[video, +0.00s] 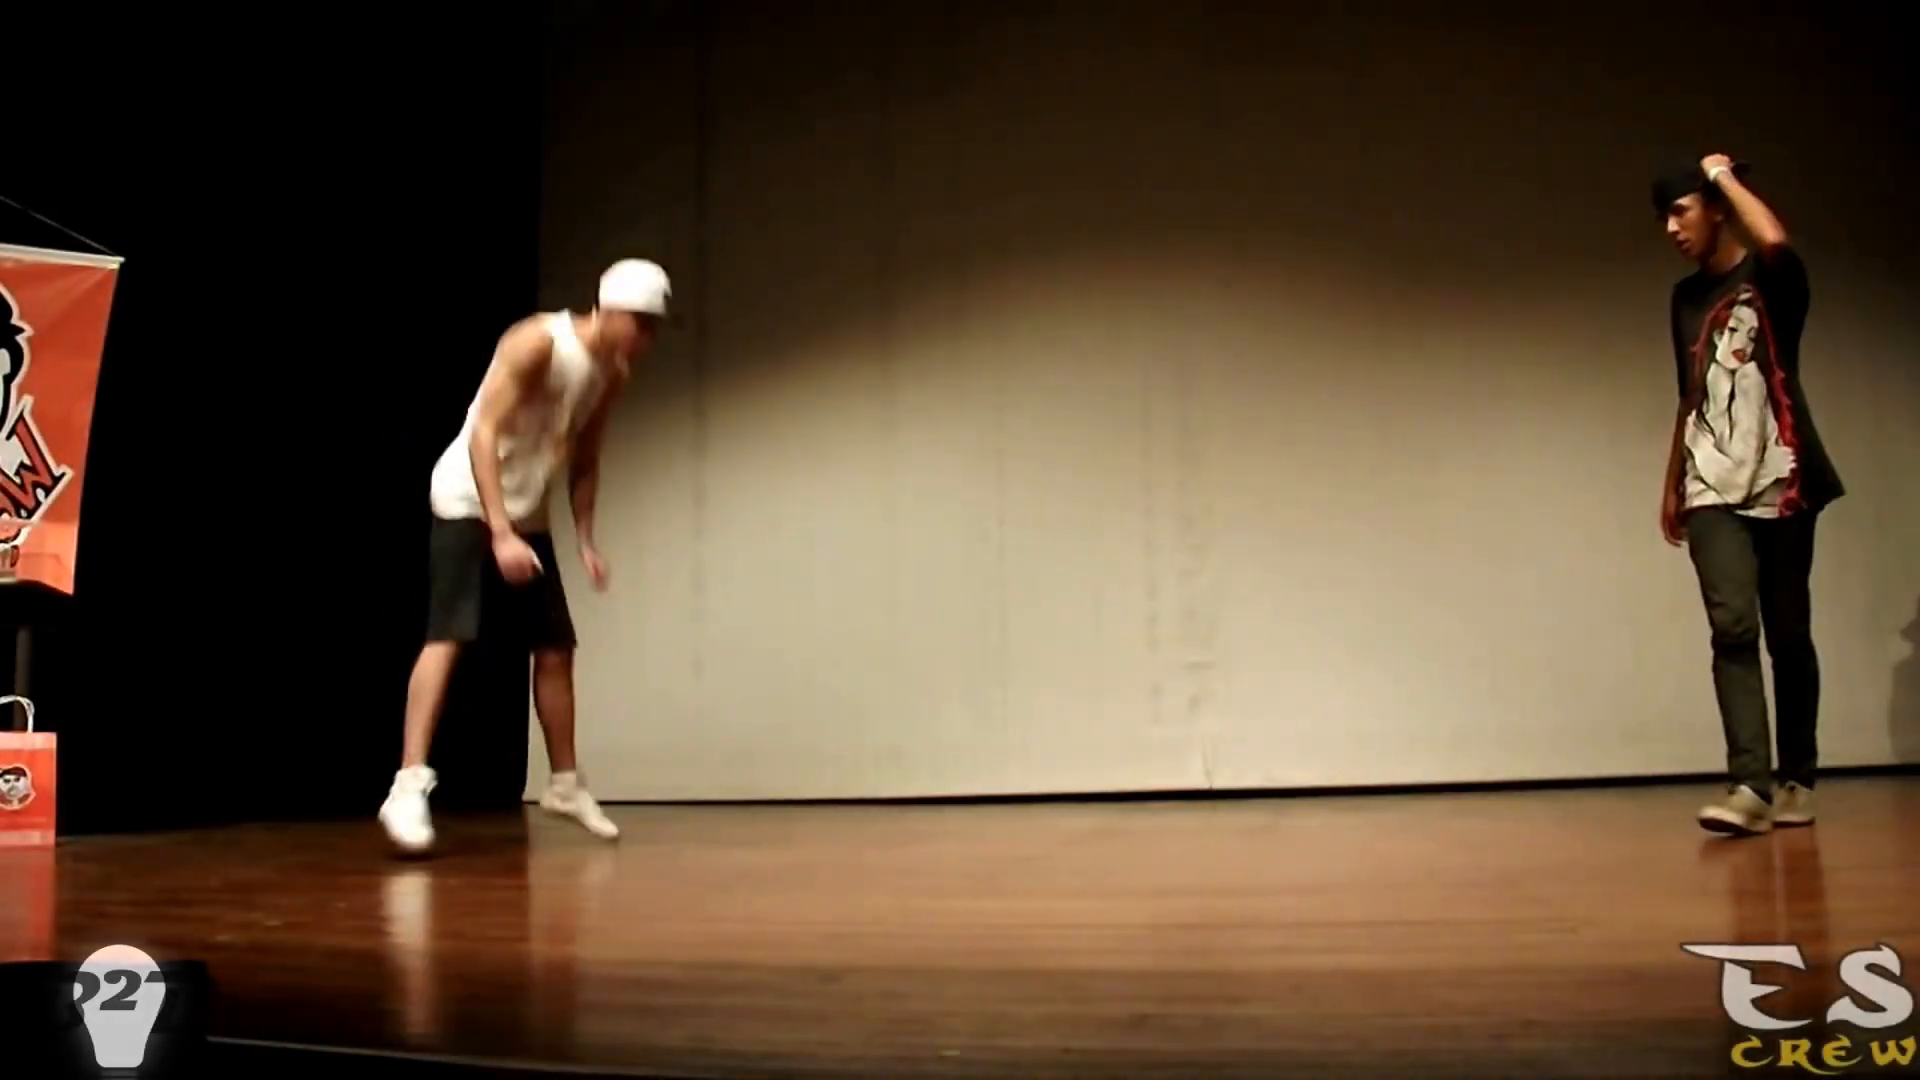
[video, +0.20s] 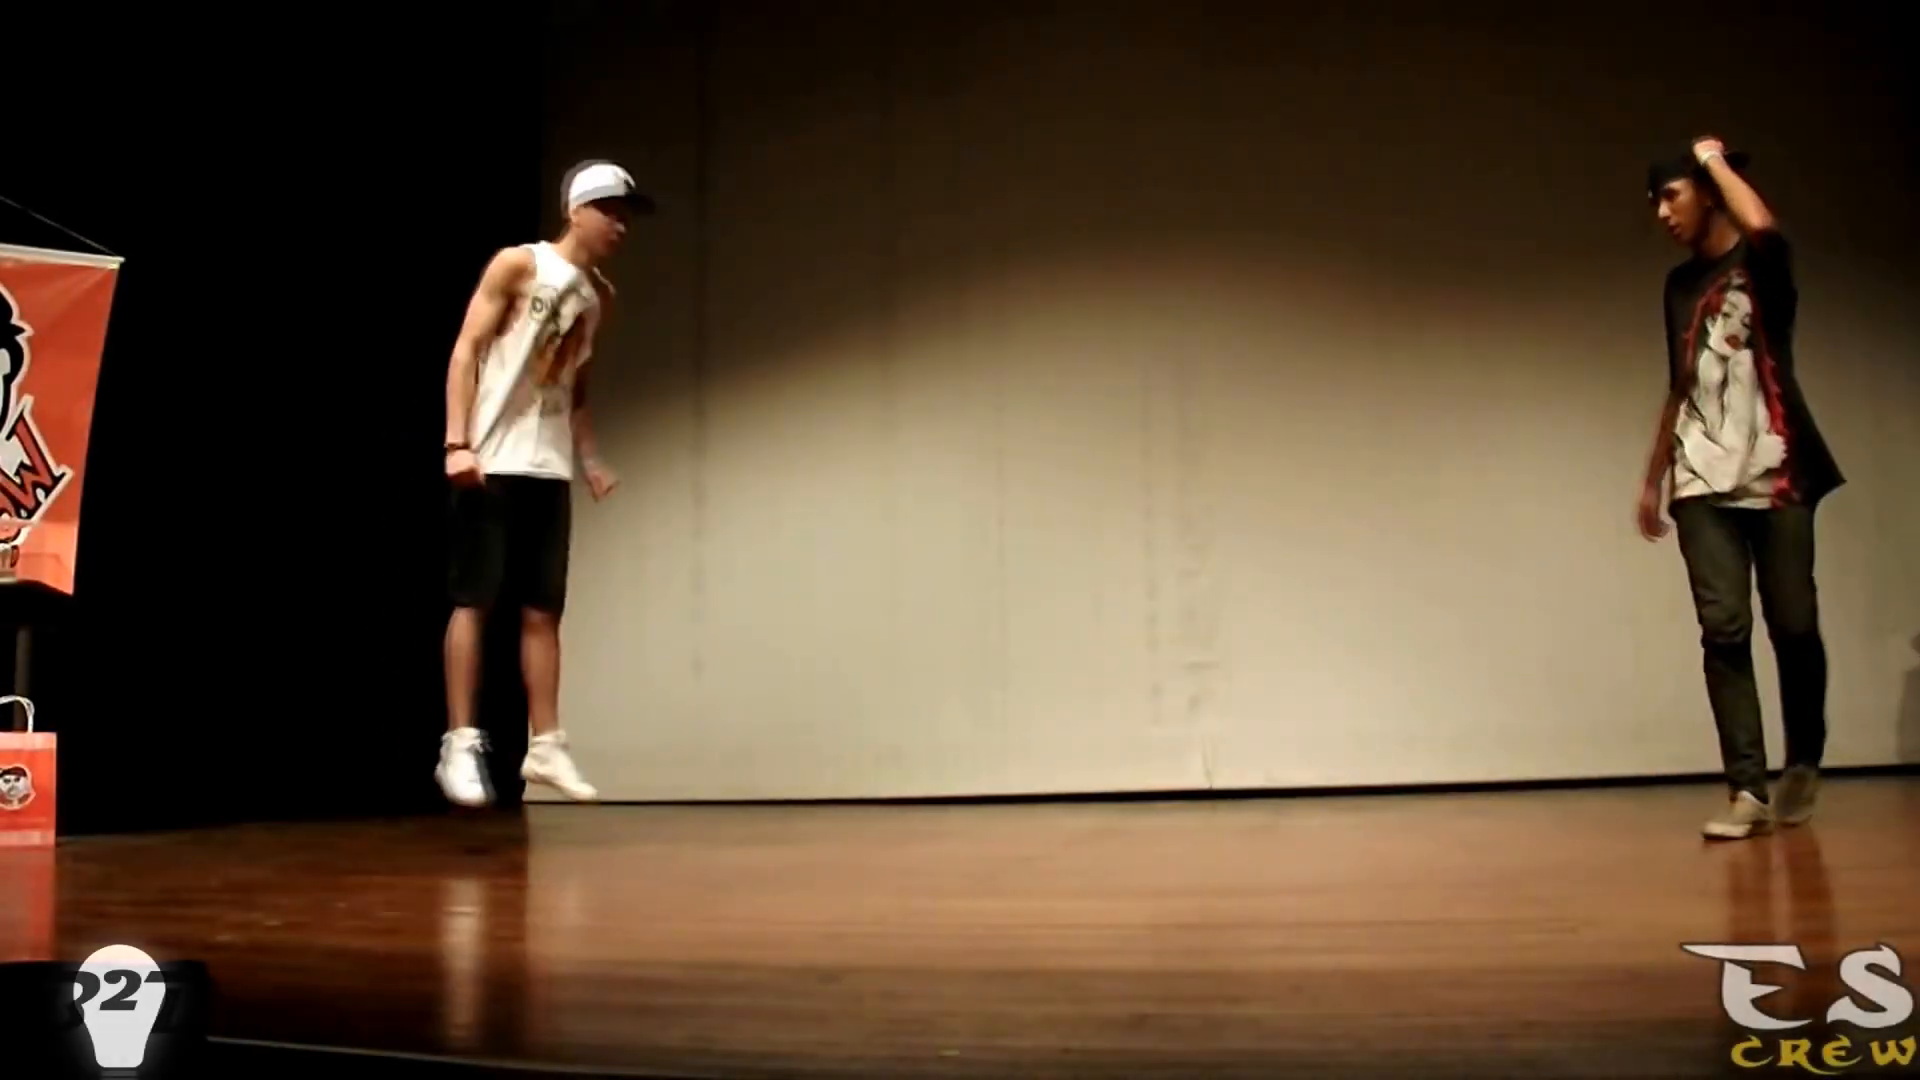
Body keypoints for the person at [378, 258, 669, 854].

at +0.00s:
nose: (646, 337)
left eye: (652, 326)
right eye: (640, 322)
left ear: (643, 324)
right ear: (607, 311)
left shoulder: (609, 373)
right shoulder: (534, 343)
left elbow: (583, 457)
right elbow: (482, 434)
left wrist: (586, 538)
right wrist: (501, 531)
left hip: (526, 512)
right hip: (467, 504)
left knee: (555, 648)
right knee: (448, 635)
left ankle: (564, 785)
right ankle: (409, 786)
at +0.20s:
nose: (620, 226)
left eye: (625, 216)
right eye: (609, 211)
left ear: (620, 224)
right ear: (576, 211)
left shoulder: (599, 297)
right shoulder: (515, 266)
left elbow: (578, 387)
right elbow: (465, 350)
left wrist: (589, 458)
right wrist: (457, 442)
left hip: (550, 468)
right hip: (489, 462)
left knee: (543, 611)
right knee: (474, 605)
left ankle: (545, 746)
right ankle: (461, 744)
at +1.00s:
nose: (515, 281)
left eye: (526, 270)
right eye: (506, 269)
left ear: (543, 269)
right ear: (492, 266)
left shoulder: (567, 330)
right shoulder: (464, 326)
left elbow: (583, 421)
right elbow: (443, 415)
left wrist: (531, 400)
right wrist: (482, 398)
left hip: (541, 505)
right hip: (472, 505)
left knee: (552, 648)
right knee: (456, 650)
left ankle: (559, 777)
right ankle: (445, 786)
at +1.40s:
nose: (581, 352)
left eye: (590, 344)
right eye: (573, 340)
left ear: (602, 345)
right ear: (552, 334)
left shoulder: (613, 392)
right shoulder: (514, 387)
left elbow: (607, 468)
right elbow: (511, 468)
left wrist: (573, 417)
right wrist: (557, 421)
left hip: (582, 565)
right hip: (513, 562)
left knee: (598, 688)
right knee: (472, 679)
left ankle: (579, 786)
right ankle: (440, 799)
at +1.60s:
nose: (654, 356)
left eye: (660, 348)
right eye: (650, 343)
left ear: (661, 348)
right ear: (624, 331)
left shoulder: (650, 389)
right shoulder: (566, 380)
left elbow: (653, 471)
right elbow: (568, 464)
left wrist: (645, 415)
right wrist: (621, 418)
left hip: (629, 555)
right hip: (571, 551)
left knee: (636, 680)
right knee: (554, 677)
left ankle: (593, 782)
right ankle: (530, 790)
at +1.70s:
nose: (680, 357)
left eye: (687, 348)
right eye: (677, 343)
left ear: (684, 347)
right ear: (650, 328)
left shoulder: (671, 385)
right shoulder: (591, 373)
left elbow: (670, 471)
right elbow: (591, 458)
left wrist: (666, 414)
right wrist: (646, 417)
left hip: (647, 544)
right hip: (598, 542)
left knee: (638, 673)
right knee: (621, 670)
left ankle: (595, 779)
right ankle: (601, 781)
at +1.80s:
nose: (710, 363)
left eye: (716, 352)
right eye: (705, 348)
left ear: (711, 351)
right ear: (674, 332)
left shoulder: (695, 393)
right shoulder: (616, 381)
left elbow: (696, 478)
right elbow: (619, 467)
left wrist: (687, 425)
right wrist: (675, 427)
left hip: (668, 552)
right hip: (621, 550)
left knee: (634, 675)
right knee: (667, 671)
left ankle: (584, 782)